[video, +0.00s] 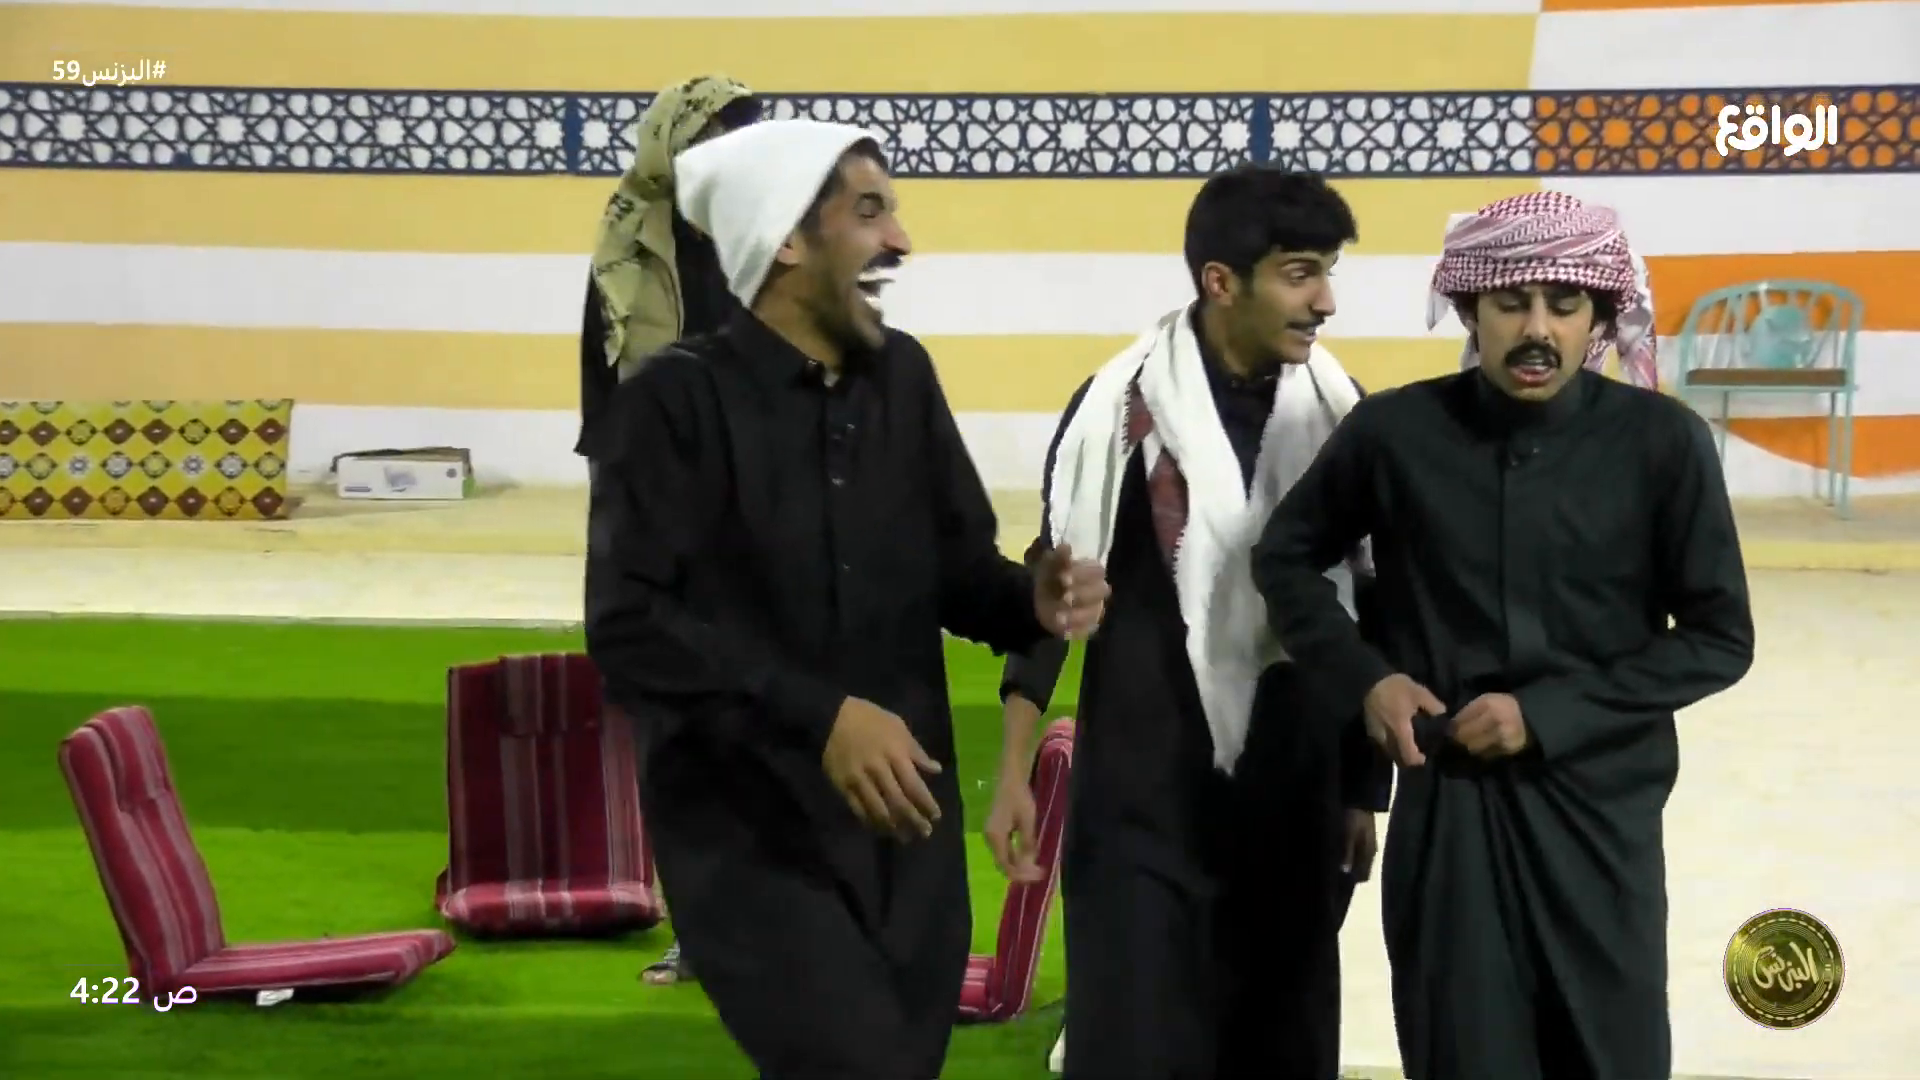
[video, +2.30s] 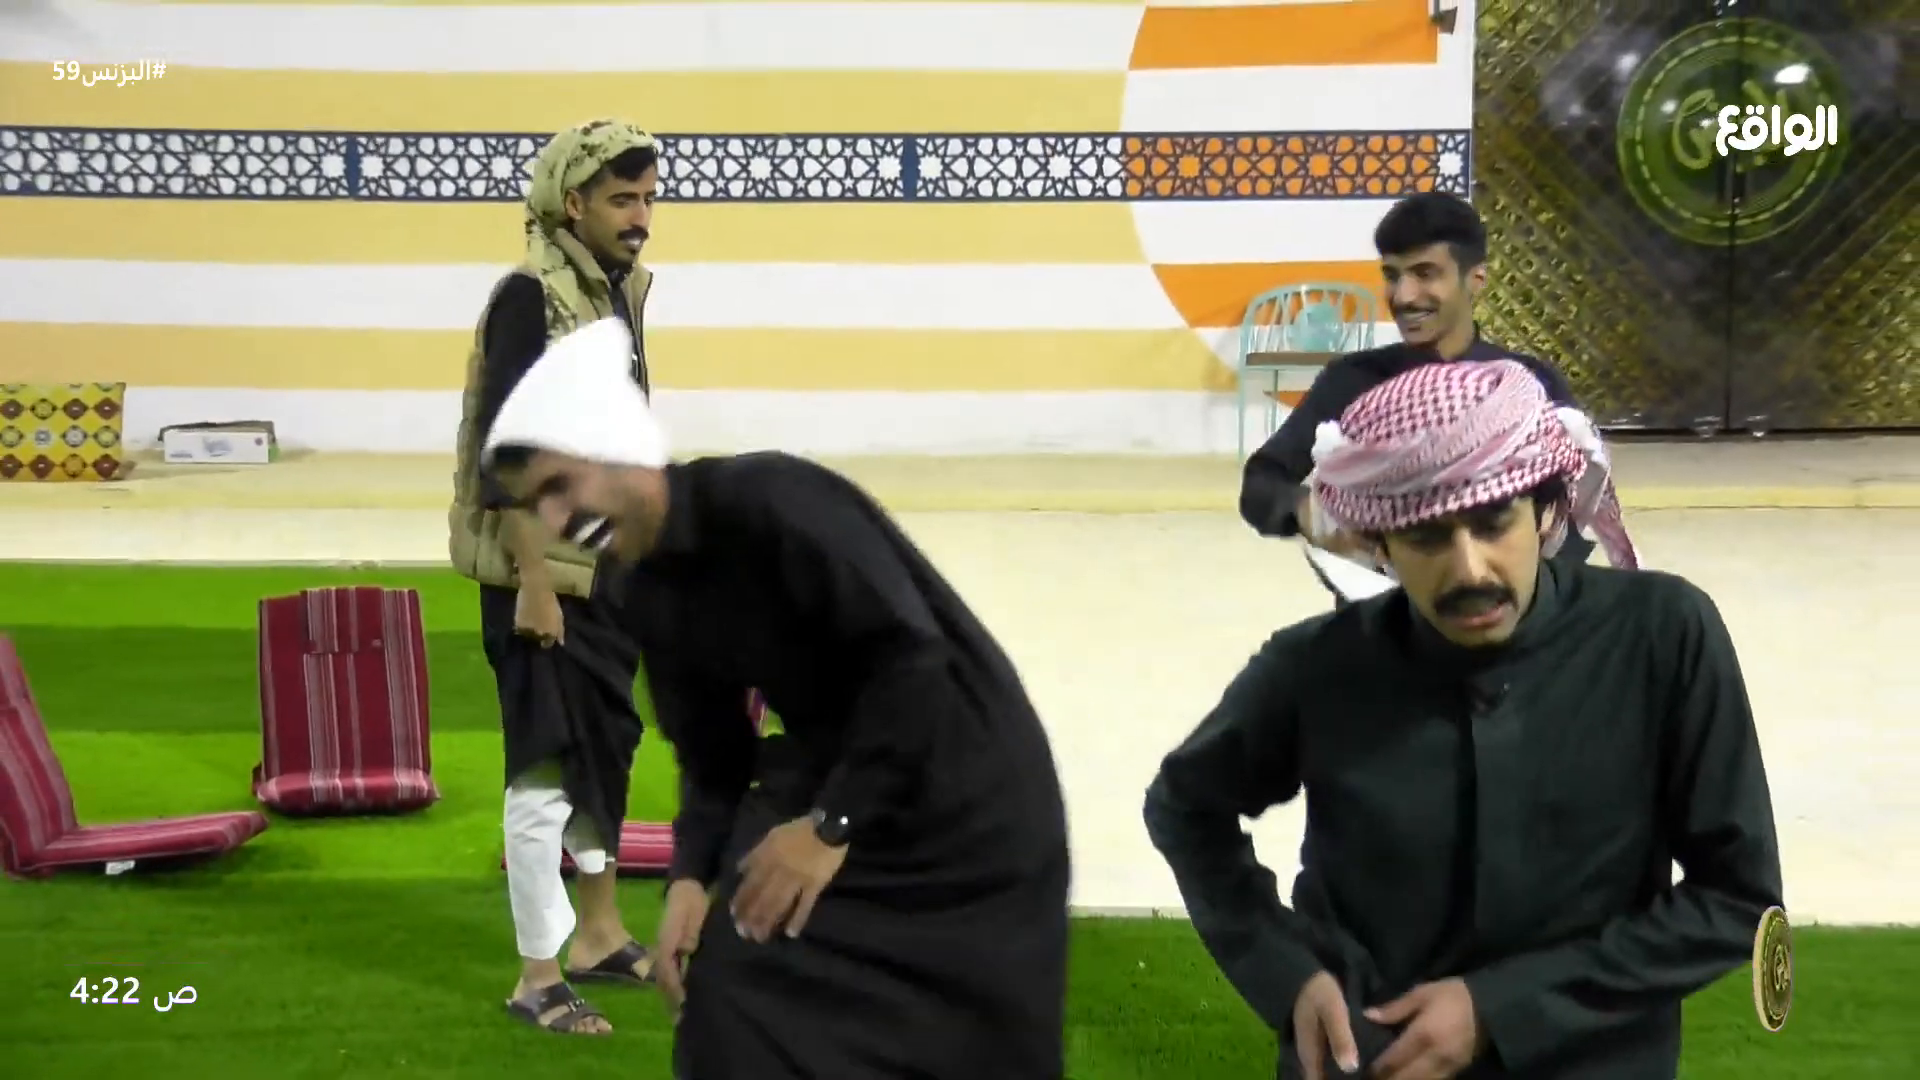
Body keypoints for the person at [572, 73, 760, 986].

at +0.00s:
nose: (739, 165)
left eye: (747, 147)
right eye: (722, 145)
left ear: (754, 159)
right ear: (679, 147)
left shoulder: (776, 239)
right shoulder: (628, 248)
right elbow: (603, 415)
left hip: (774, 542)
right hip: (664, 543)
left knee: (765, 737)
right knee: (682, 735)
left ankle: (768, 920)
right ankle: (699, 928)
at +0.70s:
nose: (662, 160)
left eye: (680, 141)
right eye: (641, 142)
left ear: (708, 154)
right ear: (609, 156)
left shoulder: (747, 265)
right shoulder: (565, 262)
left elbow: (802, 392)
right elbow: (531, 411)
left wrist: (796, 510)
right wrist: (533, 542)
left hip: (699, 565)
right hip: (584, 560)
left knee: (670, 789)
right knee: (590, 776)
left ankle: (636, 1003)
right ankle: (590, 1018)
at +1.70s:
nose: (665, 197)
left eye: (679, 181)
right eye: (647, 177)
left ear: (690, 191)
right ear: (597, 177)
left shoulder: (691, 283)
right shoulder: (538, 274)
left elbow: (768, 393)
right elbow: (506, 424)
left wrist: (744, 364)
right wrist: (527, 553)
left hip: (668, 573)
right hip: (571, 569)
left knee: (651, 777)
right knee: (585, 779)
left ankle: (625, 995)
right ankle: (495, 970)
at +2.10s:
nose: (622, 201)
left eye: (631, 186)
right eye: (604, 185)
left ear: (635, 190)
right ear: (551, 186)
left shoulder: (637, 287)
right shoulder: (502, 288)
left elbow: (672, 411)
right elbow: (481, 442)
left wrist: (723, 510)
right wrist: (515, 571)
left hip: (628, 569)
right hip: (538, 573)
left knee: (627, 765)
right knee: (543, 775)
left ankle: (606, 953)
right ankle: (526, 989)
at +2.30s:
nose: (642, 217)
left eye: (649, 200)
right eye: (625, 200)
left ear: (644, 204)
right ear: (569, 203)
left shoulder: (616, 295)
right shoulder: (528, 300)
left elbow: (619, 431)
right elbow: (513, 452)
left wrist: (635, 555)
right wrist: (533, 576)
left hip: (599, 566)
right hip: (534, 574)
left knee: (601, 753)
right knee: (542, 771)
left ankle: (598, 940)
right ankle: (536, 975)